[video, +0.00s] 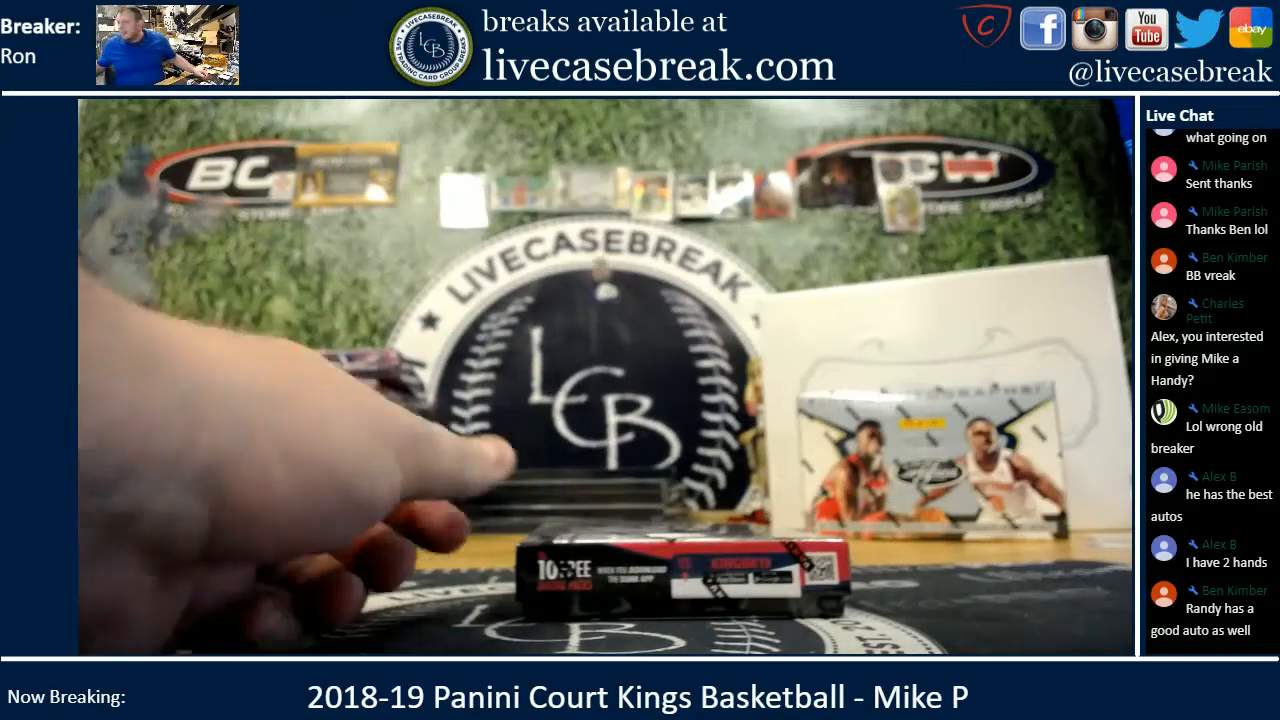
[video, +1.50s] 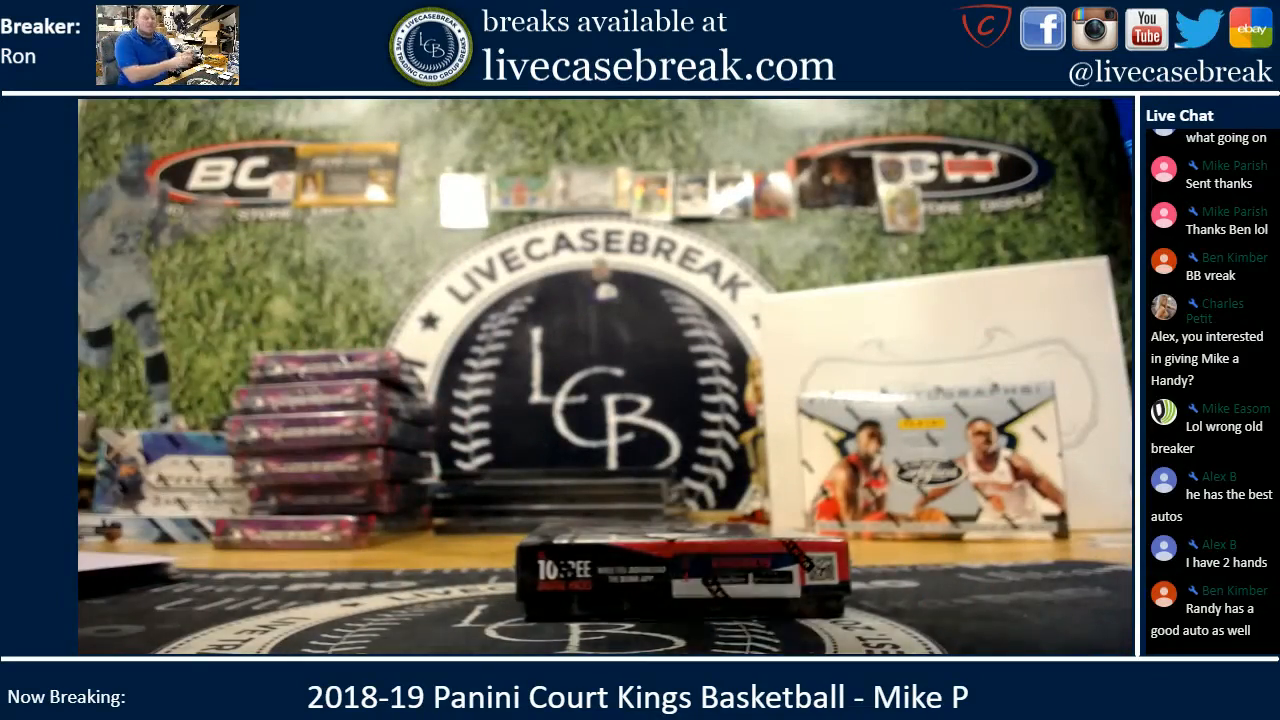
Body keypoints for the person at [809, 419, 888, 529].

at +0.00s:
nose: (877, 441)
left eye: (880, 437)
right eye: (872, 436)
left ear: (883, 441)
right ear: (859, 440)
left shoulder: (880, 474)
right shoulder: (846, 470)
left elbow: (879, 511)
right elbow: (849, 518)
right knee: (883, 519)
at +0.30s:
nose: (878, 441)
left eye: (880, 437)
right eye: (872, 436)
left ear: (883, 441)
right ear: (859, 439)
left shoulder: (880, 474)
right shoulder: (846, 470)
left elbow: (879, 511)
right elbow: (849, 518)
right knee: (883, 518)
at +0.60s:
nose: (878, 441)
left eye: (880, 437)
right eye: (872, 436)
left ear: (883, 441)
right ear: (859, 439)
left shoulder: (880, 474)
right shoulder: (846, 470)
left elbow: (879, 511)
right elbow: (849, 518)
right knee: (883, 520)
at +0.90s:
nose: (877, 441)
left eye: (879, 437)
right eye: (872, 436)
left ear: (883, 441)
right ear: (859, 439)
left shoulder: (879, 473)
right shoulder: (845, 470)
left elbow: (880, 510)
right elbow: (848, 518)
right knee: (882, 520)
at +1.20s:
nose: (877, 441)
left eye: (880, 437)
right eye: (872, 436)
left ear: (883, 440)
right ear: (859, 440)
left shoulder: (880, 473)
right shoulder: (846, 470)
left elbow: (879, 510)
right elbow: (849, 517)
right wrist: (884, 516)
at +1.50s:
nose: (877, 441)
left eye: (880, 437)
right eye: (872, 436)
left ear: (883, 441)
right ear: (859, 439)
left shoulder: (879, 474)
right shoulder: (846, 470)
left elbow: (879, 512)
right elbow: (849, 518)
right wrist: (885, 517)